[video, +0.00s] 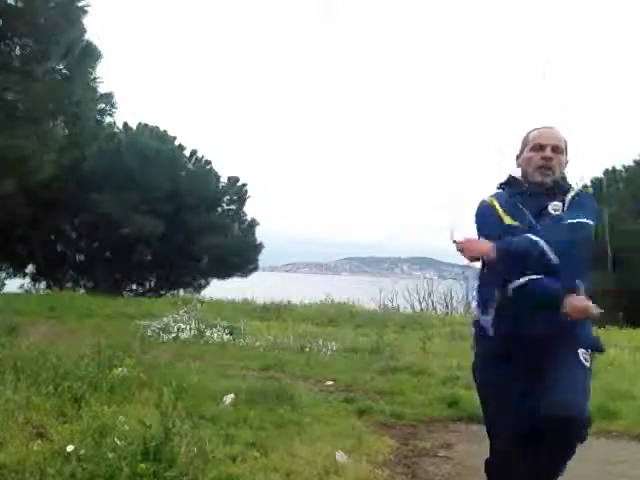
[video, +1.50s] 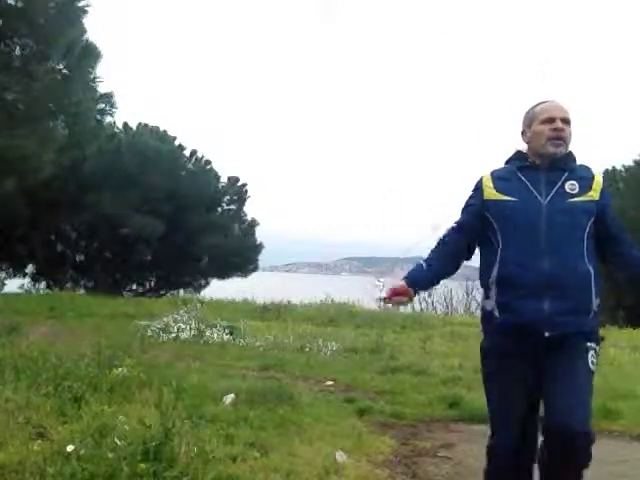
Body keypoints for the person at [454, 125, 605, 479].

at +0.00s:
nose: (547, 156)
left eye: (556, 150)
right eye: (538, 149)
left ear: (566, 161)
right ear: (520, 158)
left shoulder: (581, 203)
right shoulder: (494, 207)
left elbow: (562, 244)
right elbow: (507, 277)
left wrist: (496, 249)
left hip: (564, 336)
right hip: (503, 340)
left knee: (566, 420)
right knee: (509, 444)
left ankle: (530, 474)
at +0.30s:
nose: (554, 147)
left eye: (563, 141)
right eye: (545, 140)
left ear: (573, 154)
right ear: (527, 151)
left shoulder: (594, 205)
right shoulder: (492, 201)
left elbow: (631, 260)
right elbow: (450, 254)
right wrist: (400, 271)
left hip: (568, 344)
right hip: (500, 342)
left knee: (553, 452)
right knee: (493, 425)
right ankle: (534, 470)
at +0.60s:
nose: (552, 135)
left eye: (558, 129)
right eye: (541, 129)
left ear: (565, 141)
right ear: (517, 141)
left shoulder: (588, 194)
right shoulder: (485, 195)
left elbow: (626, 257)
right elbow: (446, 253)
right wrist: (394, 272)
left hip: (567, 340)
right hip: (500, 341)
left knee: (559, 437)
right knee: (506, 444)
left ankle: (536, 474)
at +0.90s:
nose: (569, 123)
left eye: (573, 118)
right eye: (556, 117)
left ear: (578, 131)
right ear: (530, 130)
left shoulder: (593, 187)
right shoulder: (492, 182)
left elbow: (623, 250)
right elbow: (452, 239)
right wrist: (400, 267)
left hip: (570, 331)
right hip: (504, 329)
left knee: (557, 439)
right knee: (507, 434)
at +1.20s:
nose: (560, 120)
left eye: (564, 115)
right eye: (548, 114)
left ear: (571, 127)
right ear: (523, 127)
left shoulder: (592, 179)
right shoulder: (491, 179)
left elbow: (631, 239)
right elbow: (451, 237)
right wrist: (406, 271)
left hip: (570, 327)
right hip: (504, 325)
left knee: (559, 441)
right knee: (510, 432)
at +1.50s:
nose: (559, 127)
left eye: (565, 122)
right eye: (548, 122)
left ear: (573, 133)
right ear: (526, 134)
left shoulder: (591, 186)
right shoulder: (493, 185)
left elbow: (621, 251)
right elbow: (456, 244)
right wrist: (413, 283)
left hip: (572, 333)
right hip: (508, 333)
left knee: (572, 437)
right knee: (509, 445)